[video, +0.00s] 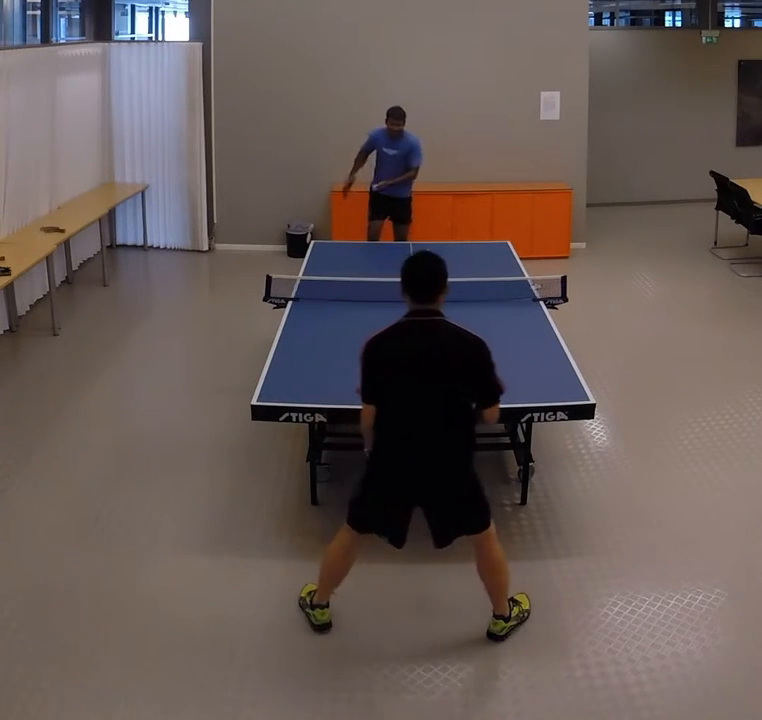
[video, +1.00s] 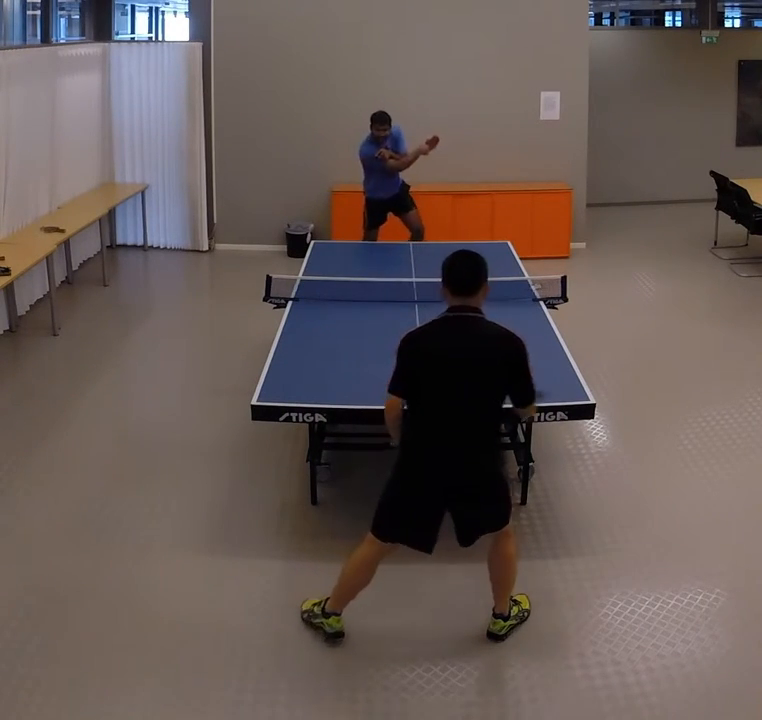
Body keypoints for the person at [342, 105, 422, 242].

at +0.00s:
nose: (395, 129)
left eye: (399, 125)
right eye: (392, 124)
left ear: (404, 124)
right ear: (386, 122)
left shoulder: (412, 143)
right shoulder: (377, 136)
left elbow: (413, 173)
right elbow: (363, 154)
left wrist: (389, 182)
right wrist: (352, 175)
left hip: (401, 197)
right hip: (379, 194)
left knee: (401, 240)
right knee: (373, 236)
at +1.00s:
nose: (382, 134)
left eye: (385, 130)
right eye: (378, 130)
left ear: (390, 128)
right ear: (371, 128)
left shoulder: (395, 133)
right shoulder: (367, 150)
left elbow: (405, 158)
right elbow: (396, 167)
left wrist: (390, 154)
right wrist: (419, 152)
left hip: (397, 192)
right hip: (375, 198)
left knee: (418, 231)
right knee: (370, 239)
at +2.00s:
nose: (417, 147)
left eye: (421, 143)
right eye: (413, 143)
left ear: (426, 141)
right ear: (407, 141)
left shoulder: (433, 153)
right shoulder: (399, 163)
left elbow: (440, 176)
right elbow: (408, 193)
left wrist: (446, 201)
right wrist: (421, 207)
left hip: (421, 198)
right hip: (398, 201)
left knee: (431, 241)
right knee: (398, 243)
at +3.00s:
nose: (446, 125)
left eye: (450, 121)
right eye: (443, 121)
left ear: (455, 122)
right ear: (437, 120)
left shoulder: (463, 142)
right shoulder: (423, 140)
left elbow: (473, 169)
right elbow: (410, 165)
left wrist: (478, 198)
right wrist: (403, 193)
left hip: (452, 198)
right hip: (425, 197)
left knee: (460, 243)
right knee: (409, 241)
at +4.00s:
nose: (471, 133)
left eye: (475, 130)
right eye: (468, 129)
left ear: (480, 130)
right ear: (462, 128)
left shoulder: (487, 152)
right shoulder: (449, 145)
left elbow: (495, 179)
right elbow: (433, 164)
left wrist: (498, 209)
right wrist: (415, 181)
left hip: (469, 201)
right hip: (444, 198)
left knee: (482, 241)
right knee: (419, 232)